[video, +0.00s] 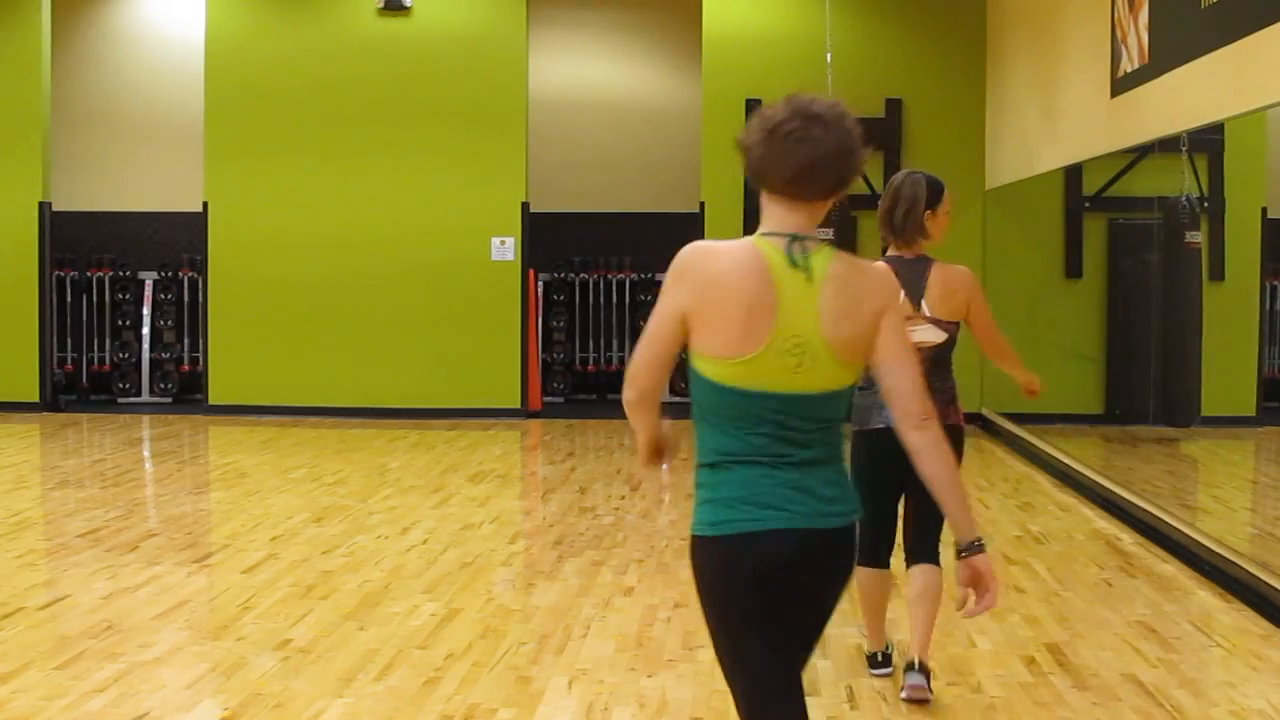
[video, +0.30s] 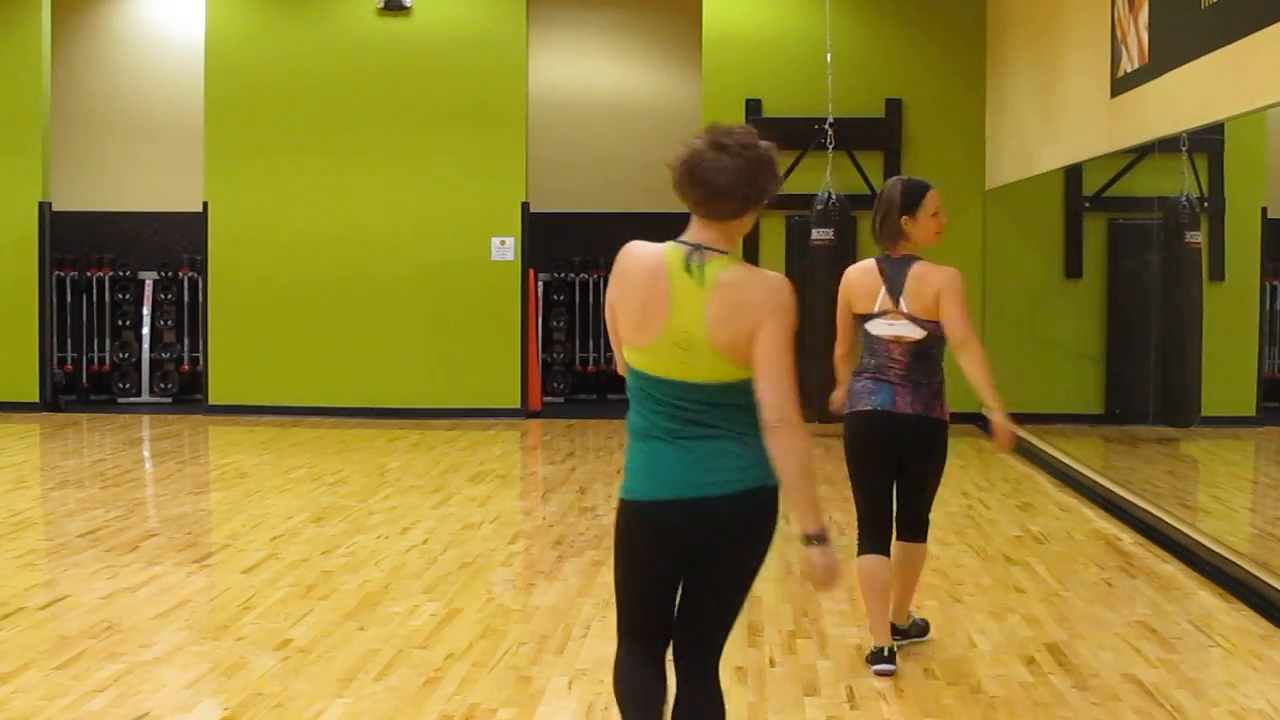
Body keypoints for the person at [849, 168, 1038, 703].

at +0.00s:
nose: (949, 220)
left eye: (948, 211)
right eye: (946, 212)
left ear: (890, 215)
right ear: (929, 217)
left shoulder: (866, 278)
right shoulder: (957, 281)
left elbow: (846, 344)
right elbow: (993, 344)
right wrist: (1023, 375)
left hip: (874, 428)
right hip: (935, 427)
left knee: (873, 536)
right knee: (924, 542)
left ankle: (877, 648)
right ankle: (918, 663)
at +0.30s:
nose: (943, 222)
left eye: (941, 213)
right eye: (935, 215)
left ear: (897, 221)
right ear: (907, 220)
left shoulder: (855, 277)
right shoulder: (943, 279)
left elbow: (844, 347)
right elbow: (964, 344)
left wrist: (842, 387)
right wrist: (995, 409)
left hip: (865, 423)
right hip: (923, 426)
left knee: (872, 528)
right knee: (913, 521)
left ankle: (881, 646)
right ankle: (899, 617)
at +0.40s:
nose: (938, 224)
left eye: (936, 215)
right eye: (928, 217)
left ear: (893, 225)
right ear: (898, 224)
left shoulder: (862, 276)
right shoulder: (934, 280)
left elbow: (865, 347)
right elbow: (934, 350)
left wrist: (885, 390)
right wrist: (945, 417)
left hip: (865, 416)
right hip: (917, 416)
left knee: (869, 521)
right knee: (912, 521)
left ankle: (872, 626)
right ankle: (893, 618)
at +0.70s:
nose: (910, 216)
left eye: (914, 207)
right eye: (898, 211)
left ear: (920, 211)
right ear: (877, 219)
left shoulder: (916, 263)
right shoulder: (878, 270)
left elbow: (918, 334)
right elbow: (863, 342)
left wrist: (948, 373)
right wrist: (895, 403)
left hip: (909, 402)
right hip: (883, 405)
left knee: (900, 502)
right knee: (904, 508)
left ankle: (867, 583)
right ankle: (888, 610)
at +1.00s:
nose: (889, 223)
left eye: (896, 216)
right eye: (879, 217)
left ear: (909, 223)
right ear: (867, 226)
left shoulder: (927, 288)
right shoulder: (842, 277)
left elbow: (943, 352)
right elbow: (821, 342)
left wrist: (955, 409)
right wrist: (833, 400)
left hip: (903, 414)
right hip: (850, 412)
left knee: (890, 507)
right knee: (853, 504)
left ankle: (876, 591)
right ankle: (879, 589)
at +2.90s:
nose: (926, 218)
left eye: (935, 210)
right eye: (917, 209)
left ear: (947, 217)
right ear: (899, 214)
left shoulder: (966, 278)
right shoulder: (873, 277)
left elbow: (981, 351)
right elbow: (854, 350)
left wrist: (987, 415)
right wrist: (852, 415)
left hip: (946, 420)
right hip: (887, 422)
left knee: (965, 528)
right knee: (900, 532)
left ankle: (954, 608)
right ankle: (913, 635)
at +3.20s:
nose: (938, 213)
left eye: (947, 206)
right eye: (929, 205)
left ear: (960, 215)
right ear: (911, 211)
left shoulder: (977, 280)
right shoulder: (881, 276)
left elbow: (984, 357)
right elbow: (867, 347)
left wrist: (994, 425)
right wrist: (878, 406)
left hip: (966, 422)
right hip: (905, 425)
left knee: (991, 536)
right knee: (909, 536)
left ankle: (1018, 649)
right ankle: (916, 637)